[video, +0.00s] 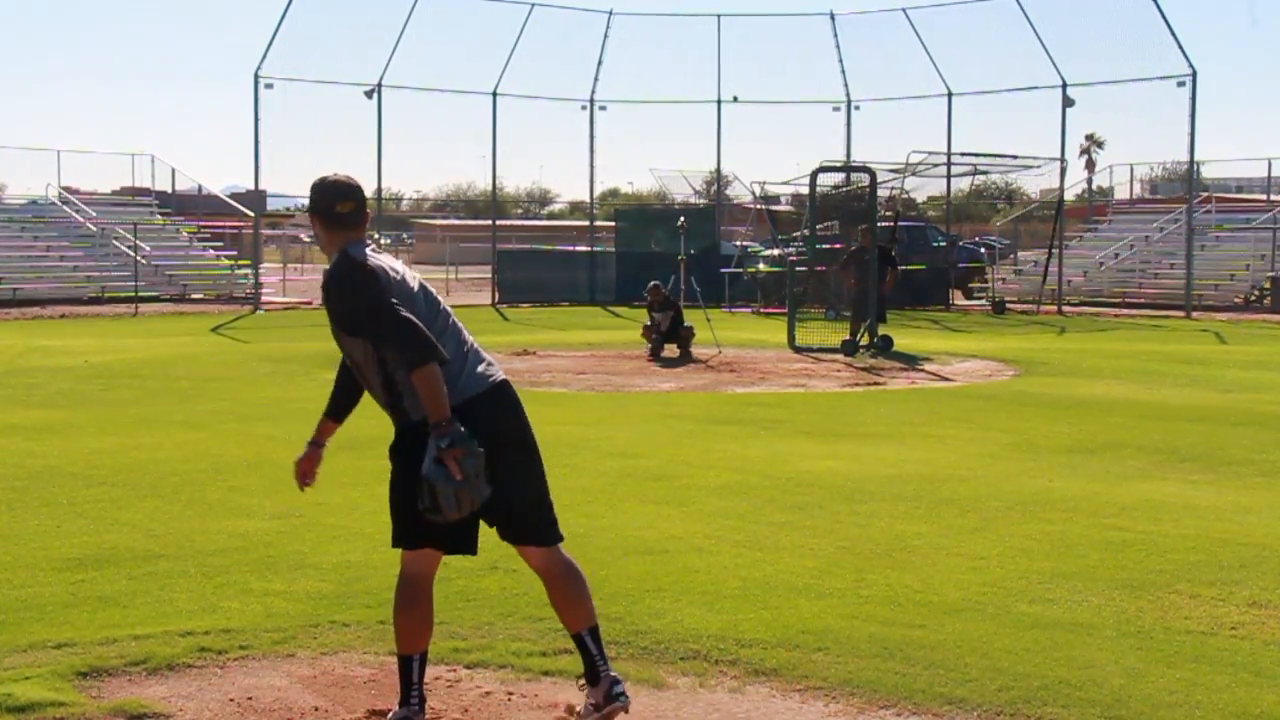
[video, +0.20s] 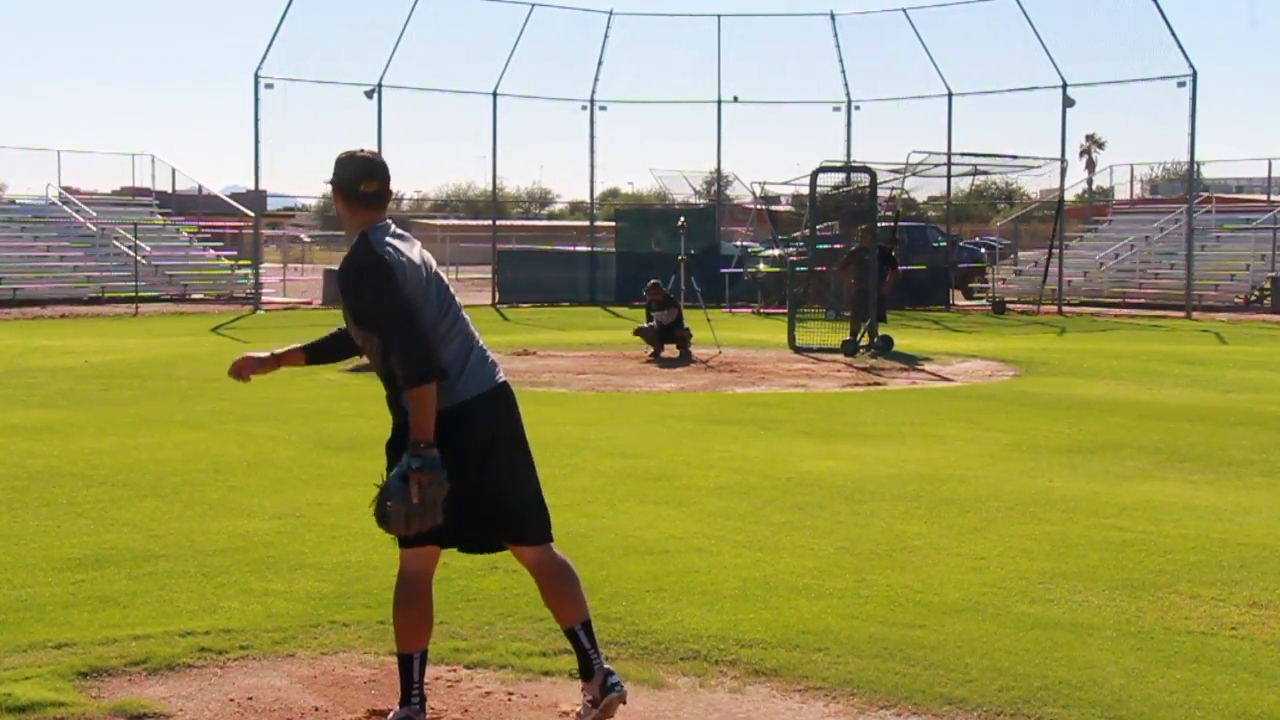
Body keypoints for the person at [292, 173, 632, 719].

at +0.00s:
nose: (309, 224)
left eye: (309, 216)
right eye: (314, 216)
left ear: (313, 223)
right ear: (363, 216)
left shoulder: (347, 276)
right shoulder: (374, 265)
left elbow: (417, 347)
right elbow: (355, 370)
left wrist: (445, 432)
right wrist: (317, 444)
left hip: (431, 428)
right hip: (493, 410)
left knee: (418, 567)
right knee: (542, 548)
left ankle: (411, 703)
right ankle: (603, 678)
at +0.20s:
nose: (332, 202)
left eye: (333, 193)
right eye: (339, 192)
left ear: (337, 199)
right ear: (387, 196)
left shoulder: (367, 260)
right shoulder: (402, 244)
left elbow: (417, 362)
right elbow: (360, 337)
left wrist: (422, 450)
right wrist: (276, 359)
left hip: (435, 422)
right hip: (490, 409)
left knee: (417, 564)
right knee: (535, 546)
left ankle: (412, 703)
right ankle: (597, 672)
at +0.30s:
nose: (344, 197)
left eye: (340, 188)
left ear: (341, 193)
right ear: (394, 191)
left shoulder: (353, 265)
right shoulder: (411, 241)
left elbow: (395, 370)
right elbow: (370, 335)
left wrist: (389, 455)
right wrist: (291, 339)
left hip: (428, 429)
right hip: (487, 411)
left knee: (411, 565)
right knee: (526, 546)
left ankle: (411, 702)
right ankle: (589, 664)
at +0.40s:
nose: (349, 190)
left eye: (345, 181)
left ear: (345, 186)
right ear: (398, 186)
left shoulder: (343, 260)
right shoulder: (421, 239)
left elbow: (366, 361)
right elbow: (401, 333)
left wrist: (355, 452)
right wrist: (316, 350)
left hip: (406, 432)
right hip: (475, 417)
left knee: (403, 564)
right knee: (502, 541)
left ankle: (409, 702)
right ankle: (566, 655)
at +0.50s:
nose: (356, 184)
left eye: (352, 174)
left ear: (349, 181)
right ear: (403, 181)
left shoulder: (339, 256)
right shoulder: (435, 240)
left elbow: (347, 358)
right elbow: (426, 334)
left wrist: (334, 456)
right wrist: (339, 393)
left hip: (396, 439)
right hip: (468, 428)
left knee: (398, 565)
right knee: (480, 541)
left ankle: (408, 701)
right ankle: (518, 648)